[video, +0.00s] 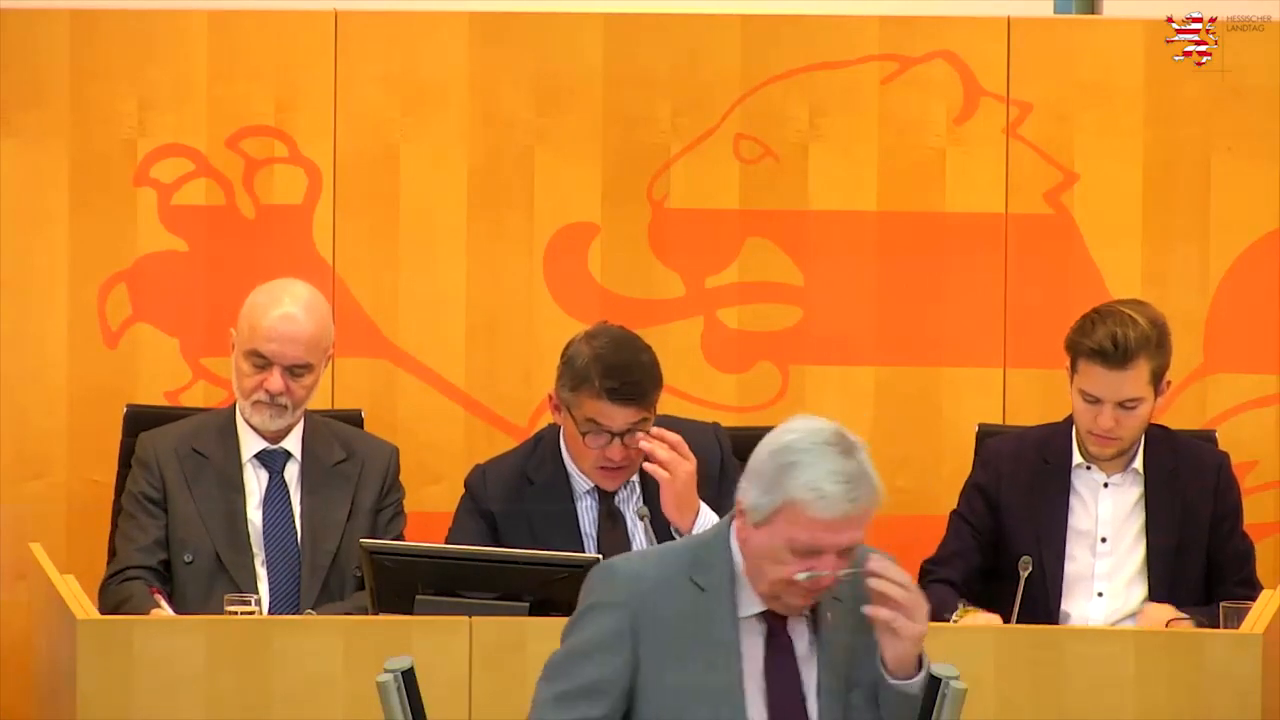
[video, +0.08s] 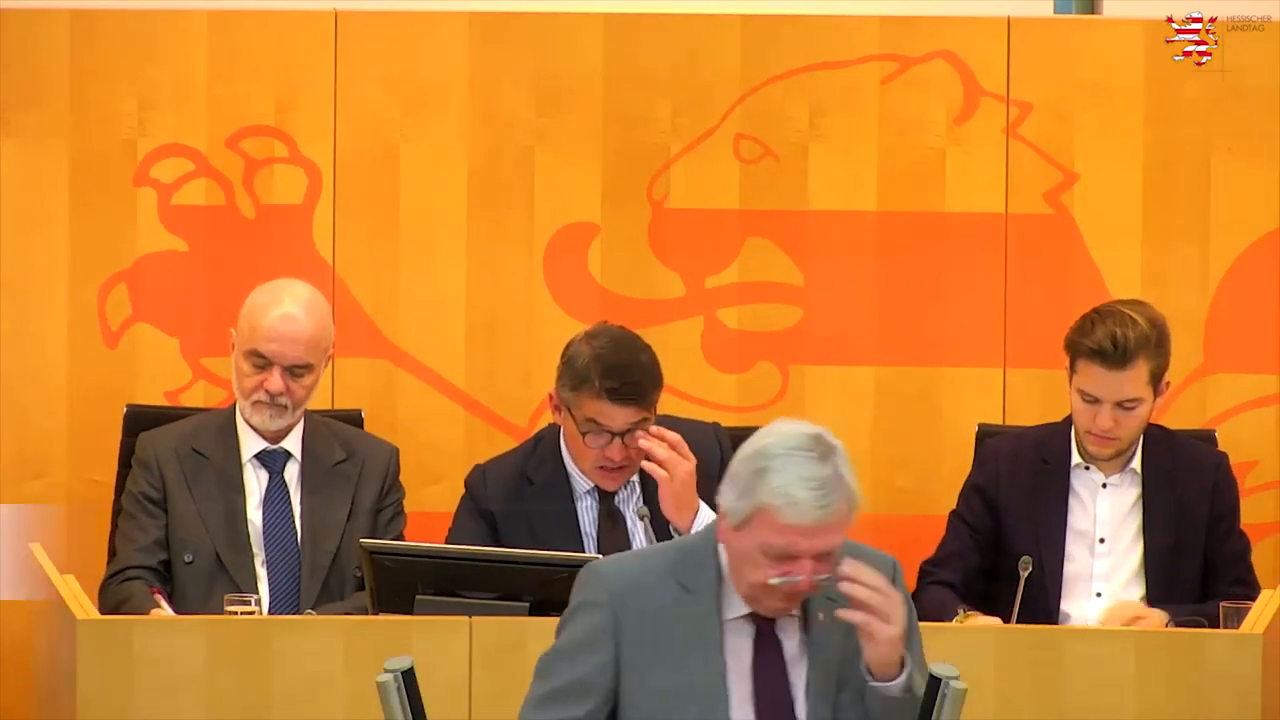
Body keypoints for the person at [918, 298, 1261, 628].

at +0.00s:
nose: (1105, 422)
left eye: (1127, 405)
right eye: (1091, 399)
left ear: (1160, 394)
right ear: (1071, 379)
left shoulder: (1204, 472)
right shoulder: (1006, 461)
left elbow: (1247, 607)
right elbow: (938, 583)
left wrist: (1188, 620)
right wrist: (960, 616)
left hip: (1157, 675)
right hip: (1032, 668)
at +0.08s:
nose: (1103, 422)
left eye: (1126, 405)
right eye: (1089, 399)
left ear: (1159, 394)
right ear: (1070, 378)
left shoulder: (1203, 473)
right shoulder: (1005, 460)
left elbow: (1243, 606)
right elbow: (934, 588)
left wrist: (1172, 621)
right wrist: (963, 620)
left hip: (1157, 678)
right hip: (1030, 670)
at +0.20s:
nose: (1100, 422)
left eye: (1123, 405)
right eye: (1086, 398)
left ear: (1155, 394)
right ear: (1066, 377)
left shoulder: (1199, 473)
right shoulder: (1003, 460)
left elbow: (1229, 607)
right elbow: (936, 593)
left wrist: (1121, 626)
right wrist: (963, 618)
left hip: (1151, 675)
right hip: (1026, 667)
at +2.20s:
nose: (1094, 443)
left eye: (1121, 434)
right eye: (1086, 417)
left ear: (1160, 420)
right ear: (1074, 385)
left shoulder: (1197, 476)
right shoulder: (1000, 459)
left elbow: (1238, 600)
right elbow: (945, 586)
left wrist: (1164, 644)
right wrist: (956, 645)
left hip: (1147, 678)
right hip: (1022, 670)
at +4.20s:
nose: (1108, 447)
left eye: (1134, 438)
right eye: (1100, 420)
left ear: (1167, 424)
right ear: (1083, 383)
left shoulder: (1200, 478)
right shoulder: (1003, 457)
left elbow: (1237, 601)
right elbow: (953, 583)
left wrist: (1168, 644)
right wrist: (952, 634)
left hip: (1151, 680)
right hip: (1025, 672)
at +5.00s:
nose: (1097, 427)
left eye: (1121, 411)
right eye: (1085, 401)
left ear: (1153, 400)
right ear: (1066, 378)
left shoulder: (1196, 477)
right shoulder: (999, 459)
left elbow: (1240, 608)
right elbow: (955, 585)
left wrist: (1138, 616)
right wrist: (939, 616)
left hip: (1148, 685)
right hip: (1021, 677)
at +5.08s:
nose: (1095, 425)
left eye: (1119, 408)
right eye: (1082, 400)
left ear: (1149, 395)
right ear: (1062, 377)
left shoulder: (1195, 477)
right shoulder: (998, 460)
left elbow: (1240, 610)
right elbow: (956, 587)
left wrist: (1137, 596)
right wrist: (939, 615)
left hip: (1150, 686)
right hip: (1022, 679)